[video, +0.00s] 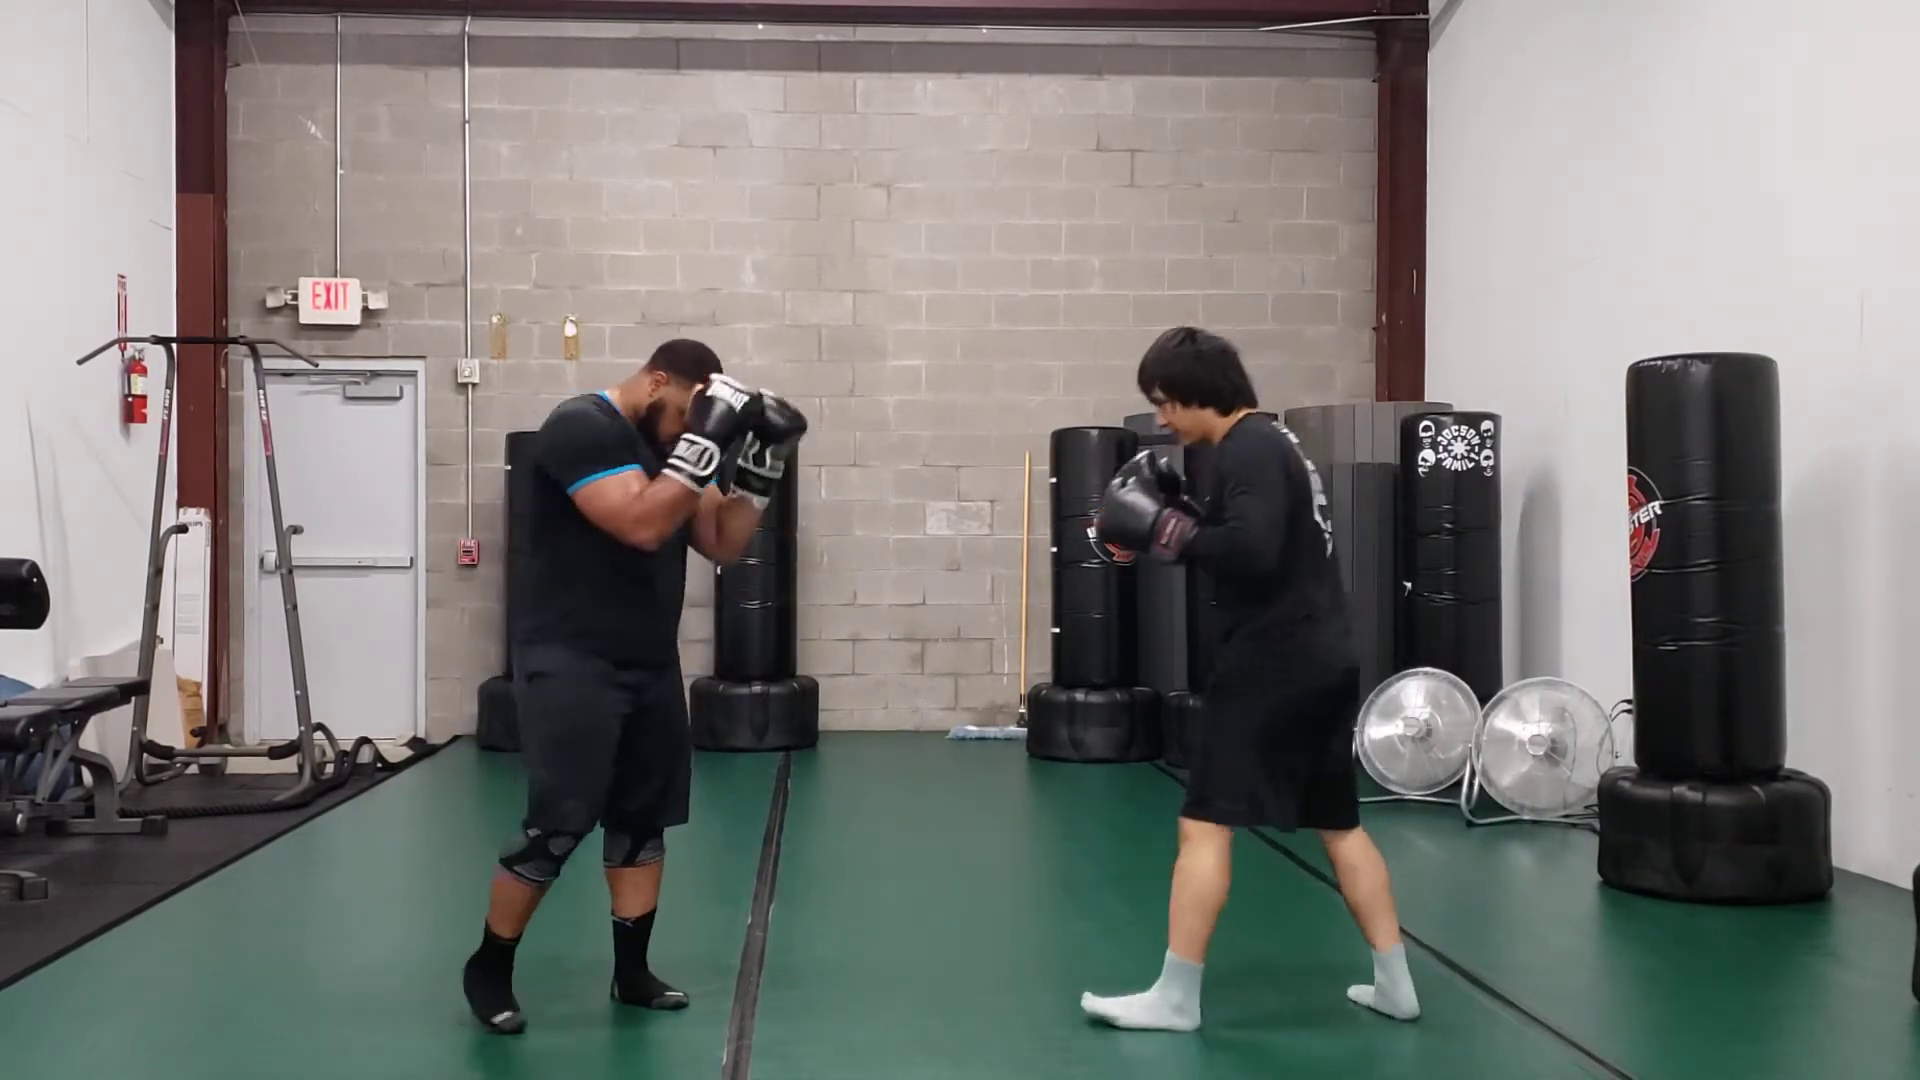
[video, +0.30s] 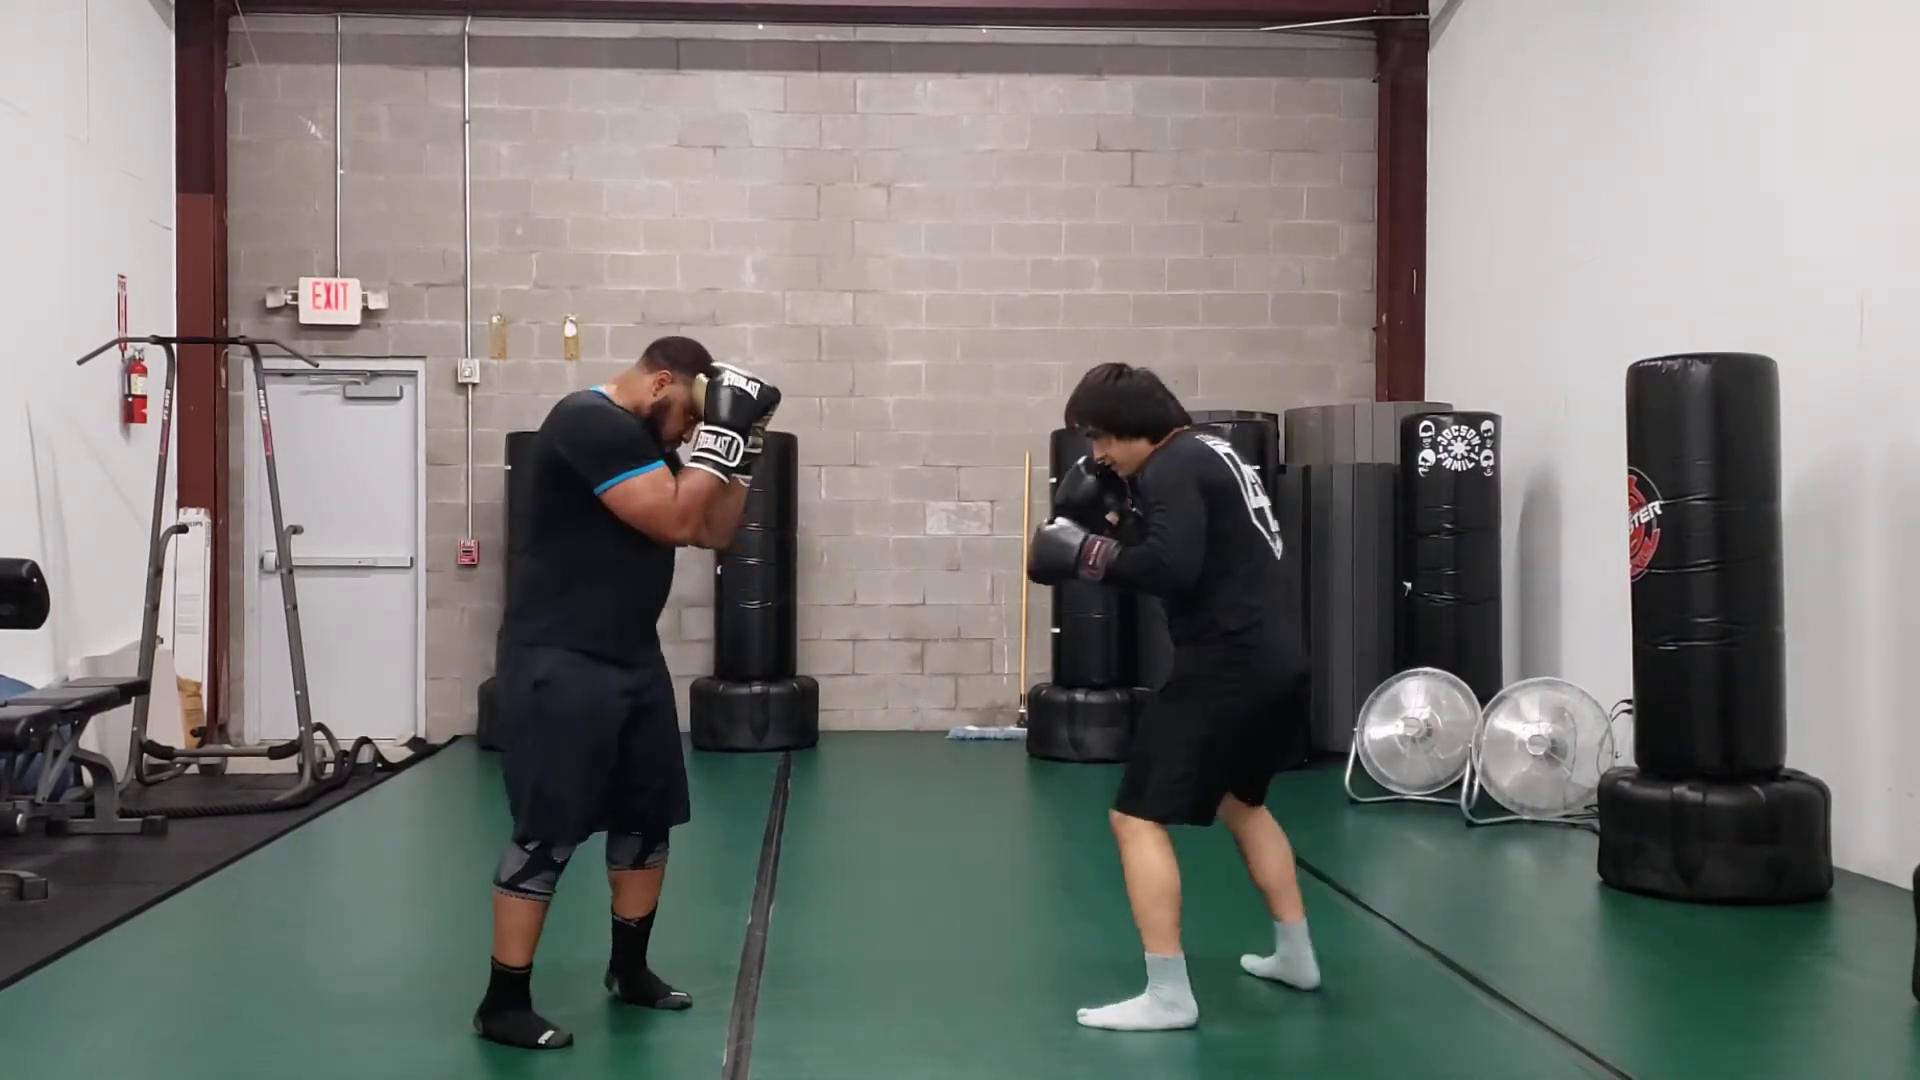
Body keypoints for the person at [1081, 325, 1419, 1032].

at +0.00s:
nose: (1161, 419)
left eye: (1165, 404)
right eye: (1157, 406)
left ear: (1200, 395)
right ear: (1224, 391)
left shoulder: (1247, 451)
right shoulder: (1269, 442)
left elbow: (1254, 548)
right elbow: (1242, 540)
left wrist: (1168, 532)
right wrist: (1161, 524)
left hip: (1266, 671)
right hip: (1324, 668)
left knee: (1204, 822)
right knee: (1340, 821)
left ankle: (1176, 995)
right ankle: (1396, 983)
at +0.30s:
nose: (1096, 454)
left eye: (1100, 439)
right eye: (1092, 441)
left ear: (1134, 427)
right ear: (1157, 420)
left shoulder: (1173, 471)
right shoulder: (1211, 452)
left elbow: (1172, 566)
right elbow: (1200, 550)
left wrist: (1091, 553)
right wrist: (1121, 518)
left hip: (1219, 670)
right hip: (1270, 665)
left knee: (1135, 814)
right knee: (1240, 801)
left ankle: (1168, 994)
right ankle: (1297, 955)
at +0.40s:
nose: (1095, 456)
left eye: (1100, 442)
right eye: (1092, 444)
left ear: (1136, 435)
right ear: (1156, 429)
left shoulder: (1173, 476)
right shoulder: (1204, 461)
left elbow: (1162, 571)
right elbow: (1191, 559)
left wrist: (1085, 558)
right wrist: (1114, 521)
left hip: (1210, 674)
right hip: (1253, 672)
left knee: (1087, 799)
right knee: (1225, 810)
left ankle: (1150, 964)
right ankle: (1298, 960)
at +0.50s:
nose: (1079, 456)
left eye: (1084, 441)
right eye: (1076, 442)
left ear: (1118, 435)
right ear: (1141, 429)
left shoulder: (1150, 478)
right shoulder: (1191, 465)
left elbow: (1133, 564)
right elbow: (1174, 557)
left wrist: (1063, 552)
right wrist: (1094, 529)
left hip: (1181, 676)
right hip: (1229, 676)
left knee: (1051, 792)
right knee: (1218, 816)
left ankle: (1086, 960)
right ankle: (1296, 961)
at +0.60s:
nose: (1044, 450)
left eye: (1047, 435)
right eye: (1040, 437)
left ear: (1081, 427)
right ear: (1108, 420)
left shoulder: (1103, 469)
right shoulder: (1167, 461)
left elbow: (1031, 533)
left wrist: (959, 493)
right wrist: (997, 500)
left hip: (1144, 670)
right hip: (1201, 668)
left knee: (1033, 803)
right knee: (1207, 812)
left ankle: (1009, 980)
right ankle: (1291, 955)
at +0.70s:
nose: (1002, 458)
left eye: (1005, 445)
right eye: (1001, 446)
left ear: (1036, 441)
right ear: (1071, 432)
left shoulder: (1042, 487)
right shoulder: (1133, 467)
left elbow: (942, 493)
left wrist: (863, 460)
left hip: (1102, 681)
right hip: (1177, 676)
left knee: (1006, 822)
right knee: (1166, 793)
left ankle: (1009, 999)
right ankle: (1247, 928)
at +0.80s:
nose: (974, 479)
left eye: (978, 466)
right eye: (974, 466)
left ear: (1006, 463)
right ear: (1038, 455)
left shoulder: (1016, 507)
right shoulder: (1108, 487)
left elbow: (915, 516)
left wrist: (848, 454)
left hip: (1087, 693)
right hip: (1161, 688)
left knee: (977, 826)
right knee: (1138, 790)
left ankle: (1005, 998)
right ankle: (1189, 932)